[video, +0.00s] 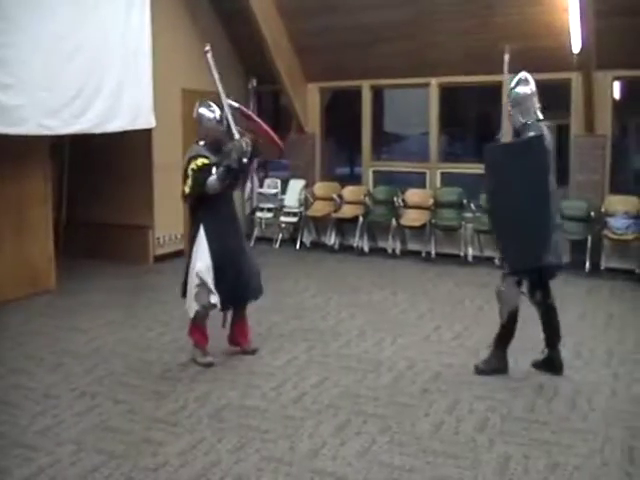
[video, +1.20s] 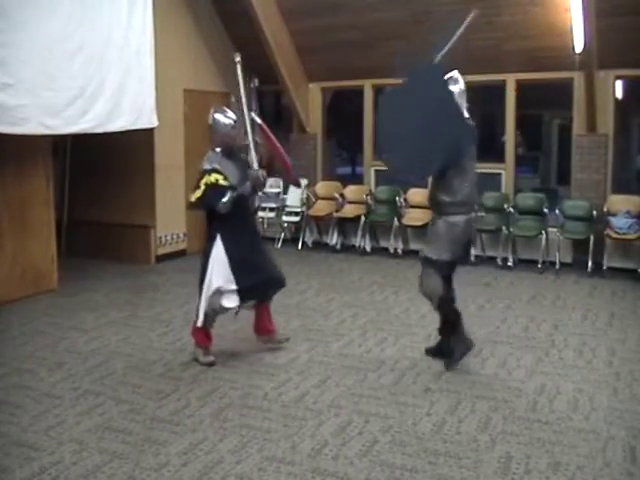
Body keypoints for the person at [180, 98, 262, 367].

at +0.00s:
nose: (222, 130)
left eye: (223, 125)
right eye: (217, 125)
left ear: (224, 127)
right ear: (203, 128)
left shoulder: (224, 153)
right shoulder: (198, 159)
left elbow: (236, 181)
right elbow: (205, 187)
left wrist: (245, 157)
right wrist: (230, 164)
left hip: (228, 223)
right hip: (206, 225)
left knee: (241, 274)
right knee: (205, 277)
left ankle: (239, 332)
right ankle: (199, 340)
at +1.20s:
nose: (239, 138)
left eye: (238, 132)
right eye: (233, 133)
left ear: (234, 135)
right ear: (218, 137)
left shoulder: (240, 162)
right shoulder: (212, 169)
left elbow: (247, 194)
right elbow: (221, 205)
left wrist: (258, 181)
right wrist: (248, 186)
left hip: (245, 233)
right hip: (223, 236)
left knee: (267, 278)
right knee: (217, 287)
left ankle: (264, 328)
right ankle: (202, 341)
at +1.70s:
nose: (304, 150)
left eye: (304, 145)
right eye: (301, 145)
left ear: (273, 148)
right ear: (292, 149)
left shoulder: (270, 170)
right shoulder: (292, 180)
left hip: (269, 241)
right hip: (286, 243)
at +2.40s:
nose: (259, 132)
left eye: (259, 127)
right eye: (255, 127)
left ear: (249, 131)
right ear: (242, 131)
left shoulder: (254, 162)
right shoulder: (243, 170)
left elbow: (268, 188)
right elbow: (255, 212)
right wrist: (283, 204)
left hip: (260, 237)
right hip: (251, 241)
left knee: (264, 290)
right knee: (263, 293)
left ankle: (247, 337)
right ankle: (257, 351)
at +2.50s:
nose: (252, 135)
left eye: (252, 130)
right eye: (248, 130)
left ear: (238, 136)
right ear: (239, 135)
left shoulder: (244, 162)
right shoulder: (234, 171)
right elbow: (246, 211)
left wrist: (274, 196)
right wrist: (273, 202)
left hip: (241, 240)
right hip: (248, 244)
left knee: (239, 294)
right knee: (257, 294)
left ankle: (213, 336)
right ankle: (256, 353)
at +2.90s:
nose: (210, 129)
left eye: (206, 123)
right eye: (203, 124)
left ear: (188, 136)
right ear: (191, 132)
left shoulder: (193, 167)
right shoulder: (189, 171)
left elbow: (210, 200)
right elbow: (198, 212)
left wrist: (224, 203)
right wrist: (227, 208)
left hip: (182, 249)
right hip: (197, 249)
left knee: (177, 306)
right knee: (218, 298)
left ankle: (168, 365)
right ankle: (239, 354)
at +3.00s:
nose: (198, 128)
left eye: (195, 122)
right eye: (193, 123)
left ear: (176, 131)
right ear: (182, 129)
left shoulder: (184, 163)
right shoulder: (179, 169)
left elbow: (201, 192)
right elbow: (189, 210)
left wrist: (213, 193)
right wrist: (220, 203)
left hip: (178, 245)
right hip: (190, 246)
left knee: (174, 300)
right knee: (210, 296)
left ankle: (167, 364)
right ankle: (217, 359)